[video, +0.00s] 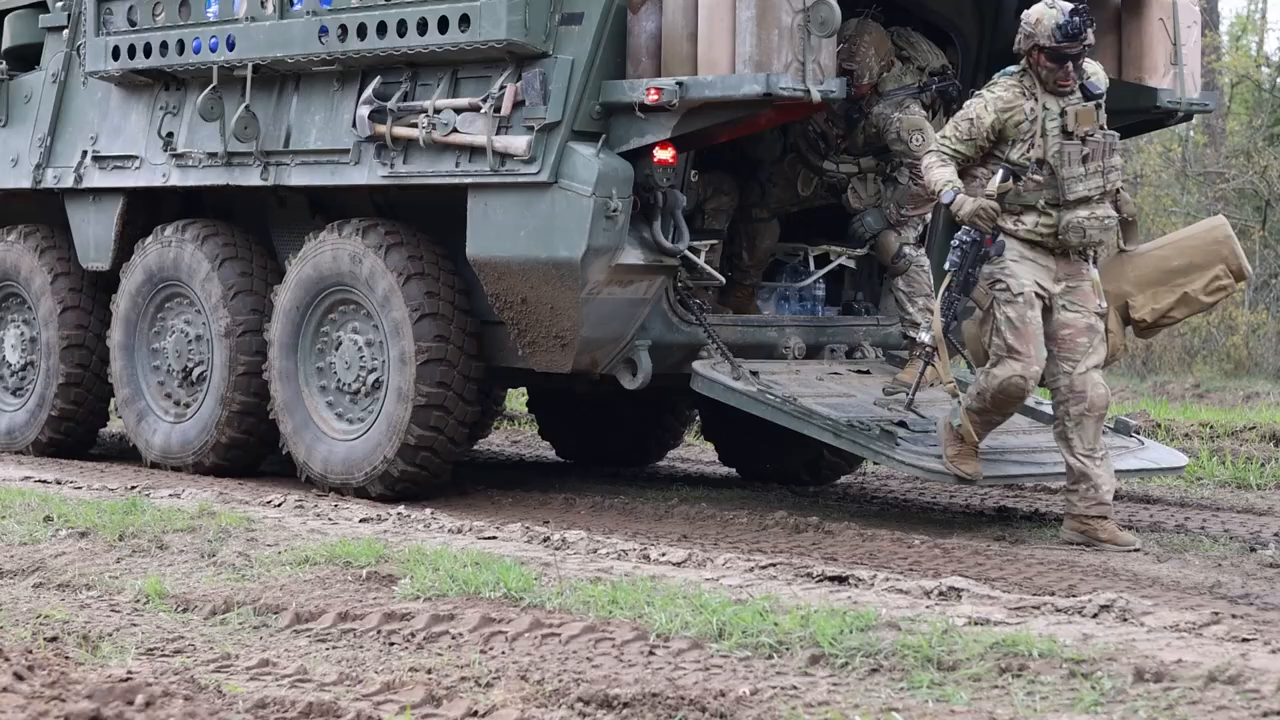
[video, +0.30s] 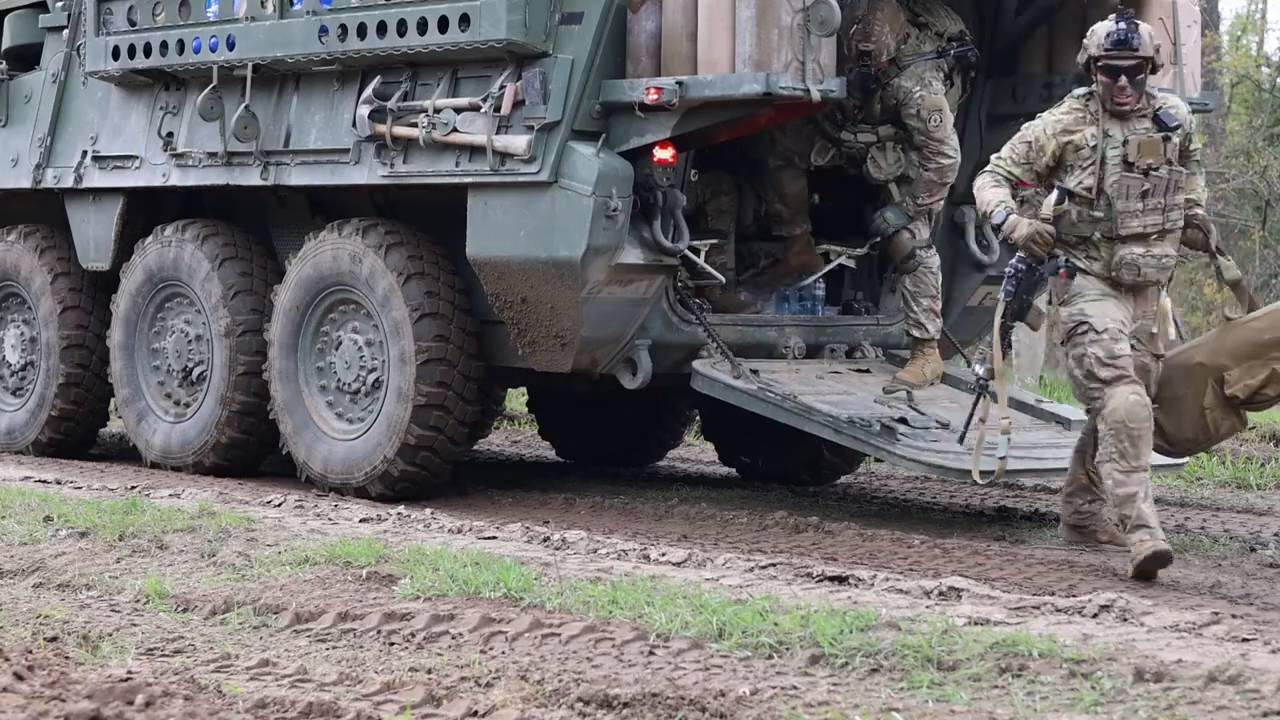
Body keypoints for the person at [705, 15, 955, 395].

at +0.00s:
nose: (849, 72)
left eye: (857, 65)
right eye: (845, 63)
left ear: (880, 62)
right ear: (839, 57)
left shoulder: (898, 111)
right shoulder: (838, 83)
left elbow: (926, 174)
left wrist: (889, 216)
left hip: (894, 184)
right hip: (836, 171)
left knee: (896, 246)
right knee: (760, 192)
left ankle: (925, 353)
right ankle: (740, 296)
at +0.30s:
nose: (866, 64)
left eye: (874, 56)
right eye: (860, 54)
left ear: (896, 46)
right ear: (850, 43)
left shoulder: (917, 83)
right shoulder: (846, 55)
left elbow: (944, 158)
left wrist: (905, 208)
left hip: (905, 157)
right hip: (853, 144)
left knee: (907, 240)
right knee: (780, 141)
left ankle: (925, 351)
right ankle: (798, 251)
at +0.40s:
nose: (867, 60)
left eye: (876, 52)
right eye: (861, 51)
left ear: (898, 42)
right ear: (851, 37)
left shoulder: (921, 83)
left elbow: (951, 154)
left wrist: (918, 209)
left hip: (910, 147)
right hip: (852, 135)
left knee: (908, 236)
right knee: (785, 139)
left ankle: (925, 351)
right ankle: (833, 236)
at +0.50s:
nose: (878, 60)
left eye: (885, 52)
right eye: (869, 52)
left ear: (903, 42)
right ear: (855, 41)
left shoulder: (928, 79)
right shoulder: (845, 49)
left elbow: (956, 151)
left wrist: (929, 211)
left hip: (913, 148)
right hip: (860, 141)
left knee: (913, 235)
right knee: (804, 171)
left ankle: (926, 353)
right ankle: (854, 278)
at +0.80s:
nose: (906, 56)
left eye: (915, 47)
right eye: (897, 48)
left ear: (929, 35)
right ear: (878, 36)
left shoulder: (955, 61)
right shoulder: (854, 51)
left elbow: (998, 122)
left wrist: (981, 181)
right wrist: (853, 155)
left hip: (943, 176)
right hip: (881, 173)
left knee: (933, 256)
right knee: (889, 246)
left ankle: (923, 346)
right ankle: (883, 362)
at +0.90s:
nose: (927, 58)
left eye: (934, 49)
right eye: (917, 50)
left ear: (945, 36)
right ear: (895, 36)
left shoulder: (968, 62)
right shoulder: (864, 39)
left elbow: (1011, 121)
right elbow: (810, 49)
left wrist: (1003, 184)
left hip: (951, 170)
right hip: (884, 166)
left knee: (956, 242)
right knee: (896, 246)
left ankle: (933, 331)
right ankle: (886, 363)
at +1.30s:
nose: (1002, 47)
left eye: (1012, 41)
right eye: (993, 36)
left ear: (1024, 31)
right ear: (972, 15)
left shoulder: (1030, 70)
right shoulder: (924, 36)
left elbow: (1057, 146)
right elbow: (867, 85)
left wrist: (1065, 217)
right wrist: (829, 132)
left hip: (993, 184)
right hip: (923, 170)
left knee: (999, 275)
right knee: (939, 244)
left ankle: (992, 391)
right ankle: (921, 362)